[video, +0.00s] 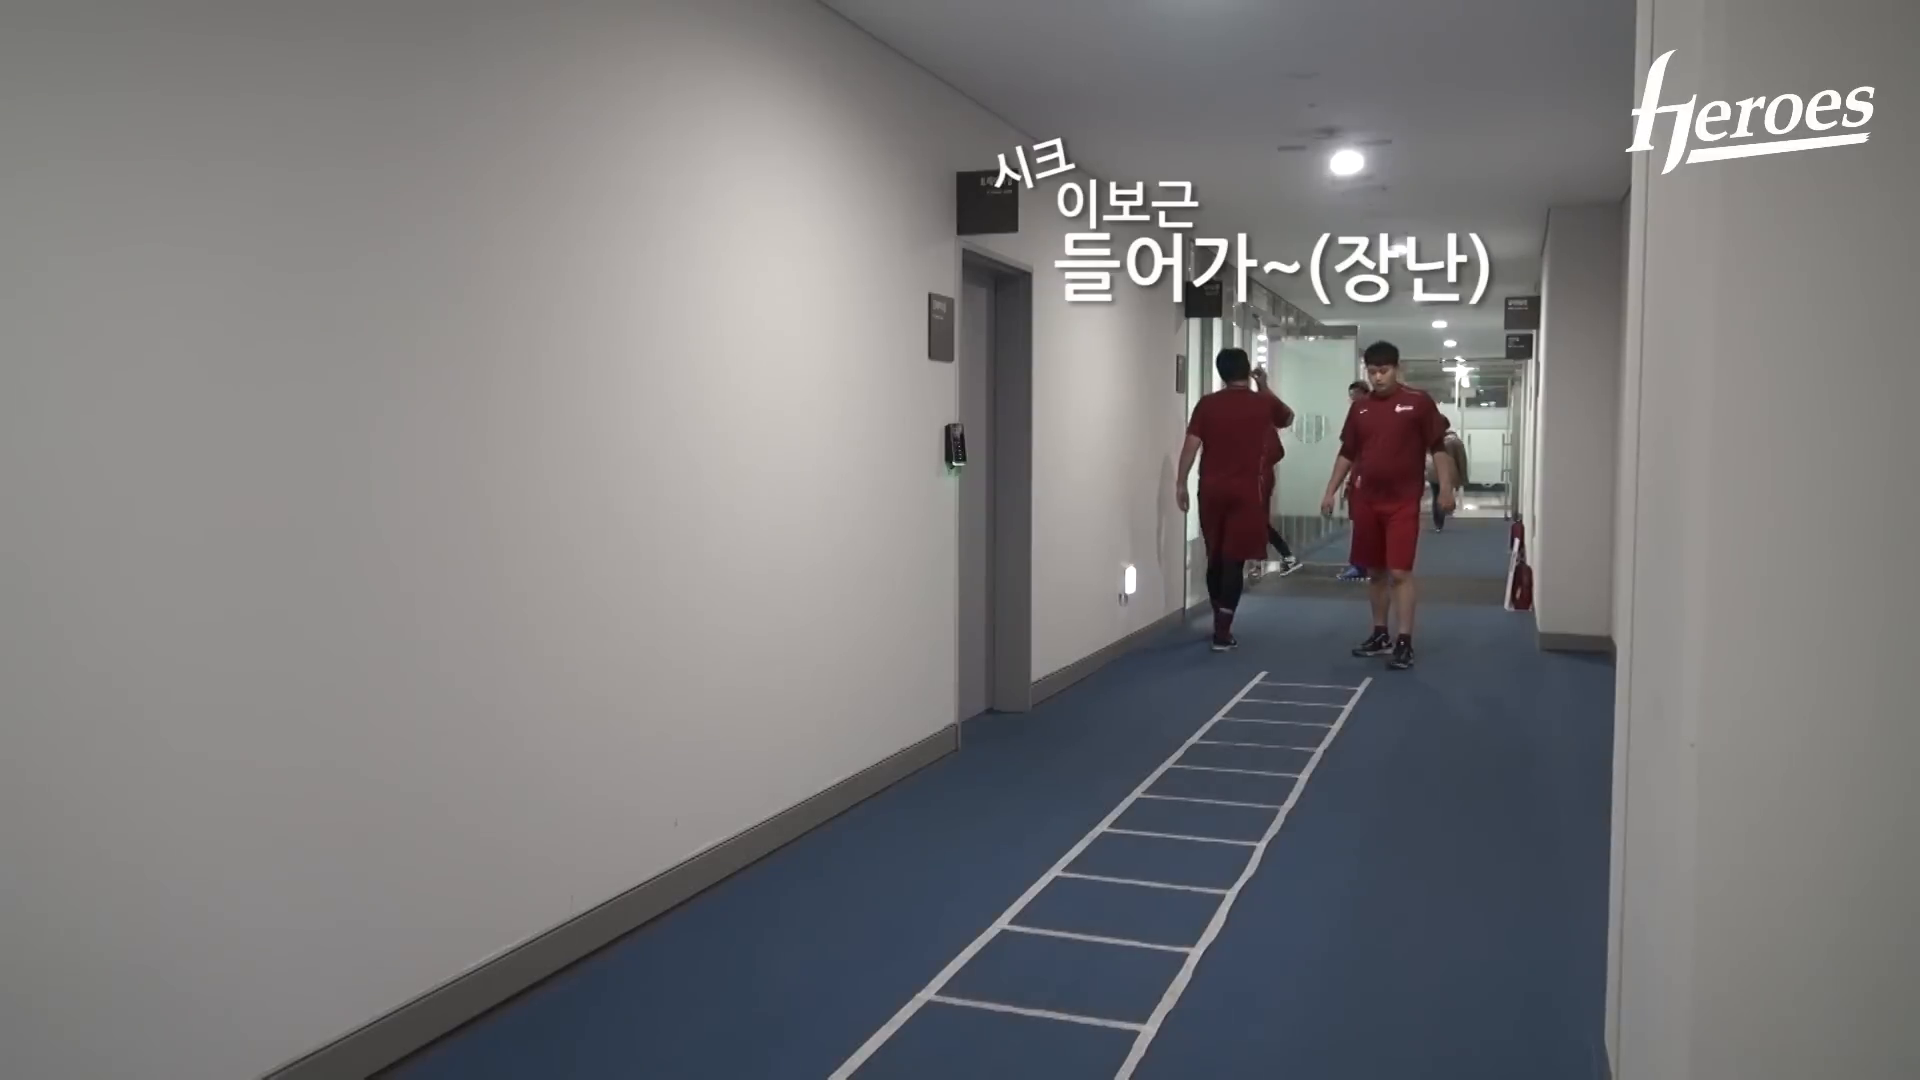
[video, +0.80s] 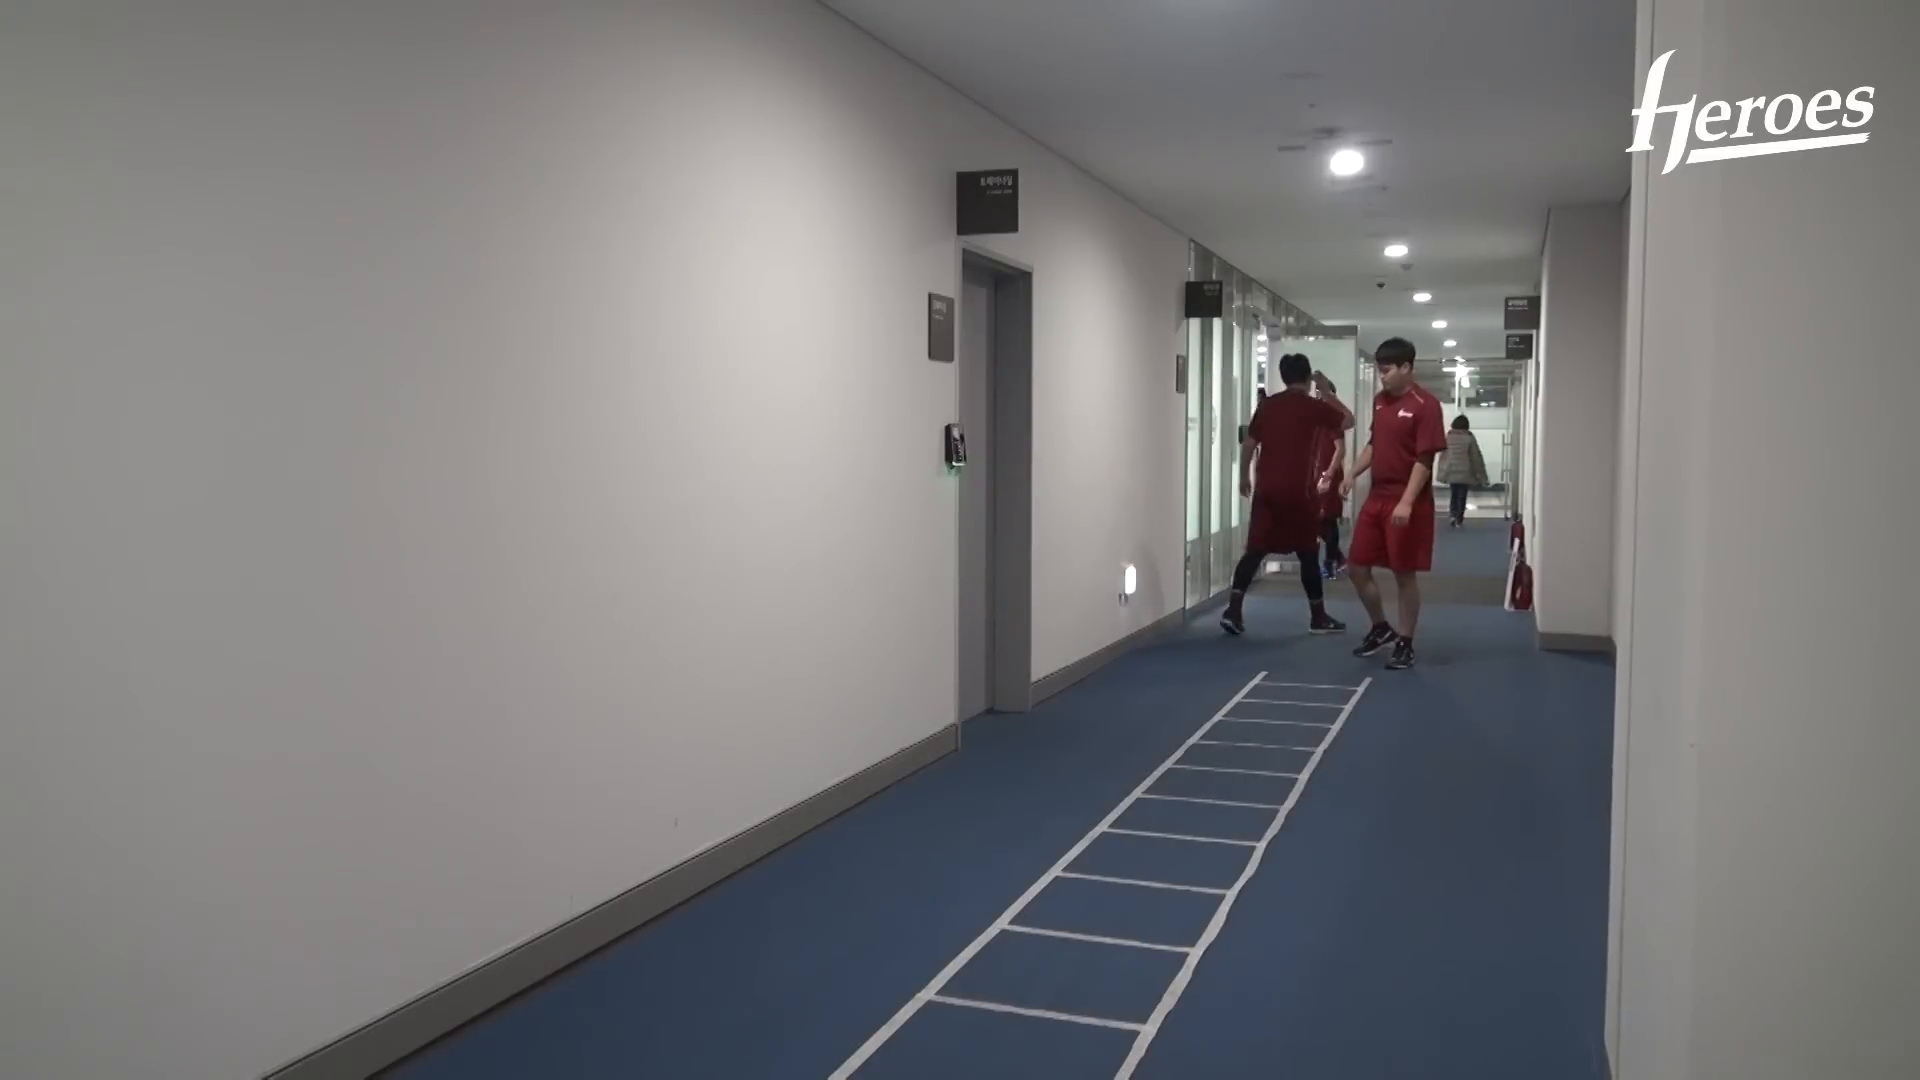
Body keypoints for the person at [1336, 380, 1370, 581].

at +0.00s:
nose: (1353, 400)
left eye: (1356, 396)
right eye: (1351, 396)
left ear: (1366, 395)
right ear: (1351, 398)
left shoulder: (1374, 417)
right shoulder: (1355, 416)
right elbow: (1349, 453)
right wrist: (1346, 480)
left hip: (1367, 478)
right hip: (1355, 477)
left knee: (1361, 521)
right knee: (1356, 520)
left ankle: (1360, 564)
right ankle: (1356, 563)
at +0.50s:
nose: (1329, 398)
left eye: (1333, 395)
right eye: (1328, 395)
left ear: (1342, 397)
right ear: (1328, 397)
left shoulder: (1345, 420)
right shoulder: (1337, 420)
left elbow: (1352, 449)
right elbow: (1337, 452)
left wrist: (1349, 478)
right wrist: (1329, 473)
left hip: (1343, 482)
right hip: (1333, 481)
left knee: (1346, 521)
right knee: (1330, 521)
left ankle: (1358, 564)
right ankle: (1327, 566)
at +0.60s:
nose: (1326, 397)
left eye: (1329, 394)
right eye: (1325, 394)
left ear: (1339, 396)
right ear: (1327, 396)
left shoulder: (1340, 419)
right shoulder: (1332, 418)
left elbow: (1347, 448)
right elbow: (1331, 449)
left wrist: (1344, 476)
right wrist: (1325, 472)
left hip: (1336, 478)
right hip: (1328, 477)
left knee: (1330, 520)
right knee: (1333, 521)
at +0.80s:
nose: (1318, 395)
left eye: (1322, 392)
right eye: (1317, 391)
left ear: (1330, 393)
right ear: (1317, 393)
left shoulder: (1332, 415)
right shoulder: (1314, 414)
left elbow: (1339, 448)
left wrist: (1327, 475)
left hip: (1328, 476)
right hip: (1313, 475)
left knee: (1328, 520)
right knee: (1319, 522)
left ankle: (1329, 562)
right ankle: (1338, 556)